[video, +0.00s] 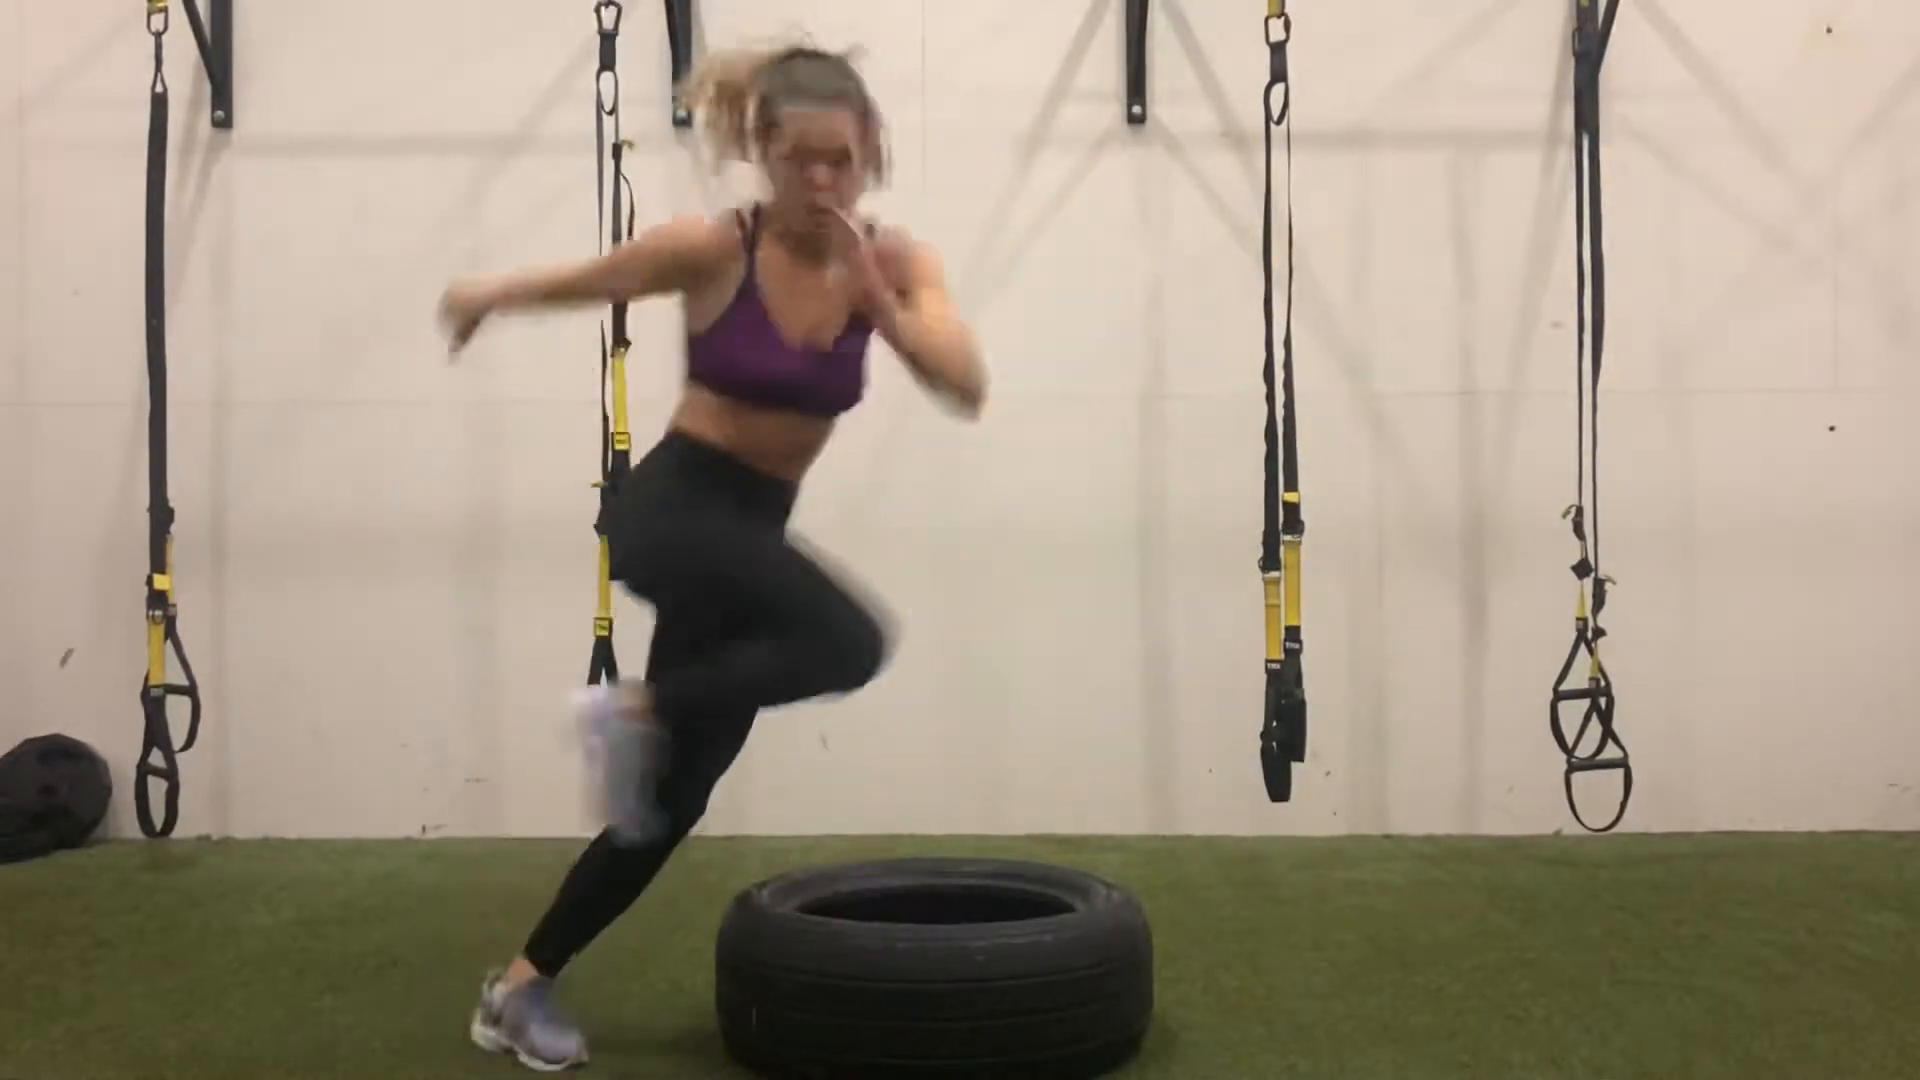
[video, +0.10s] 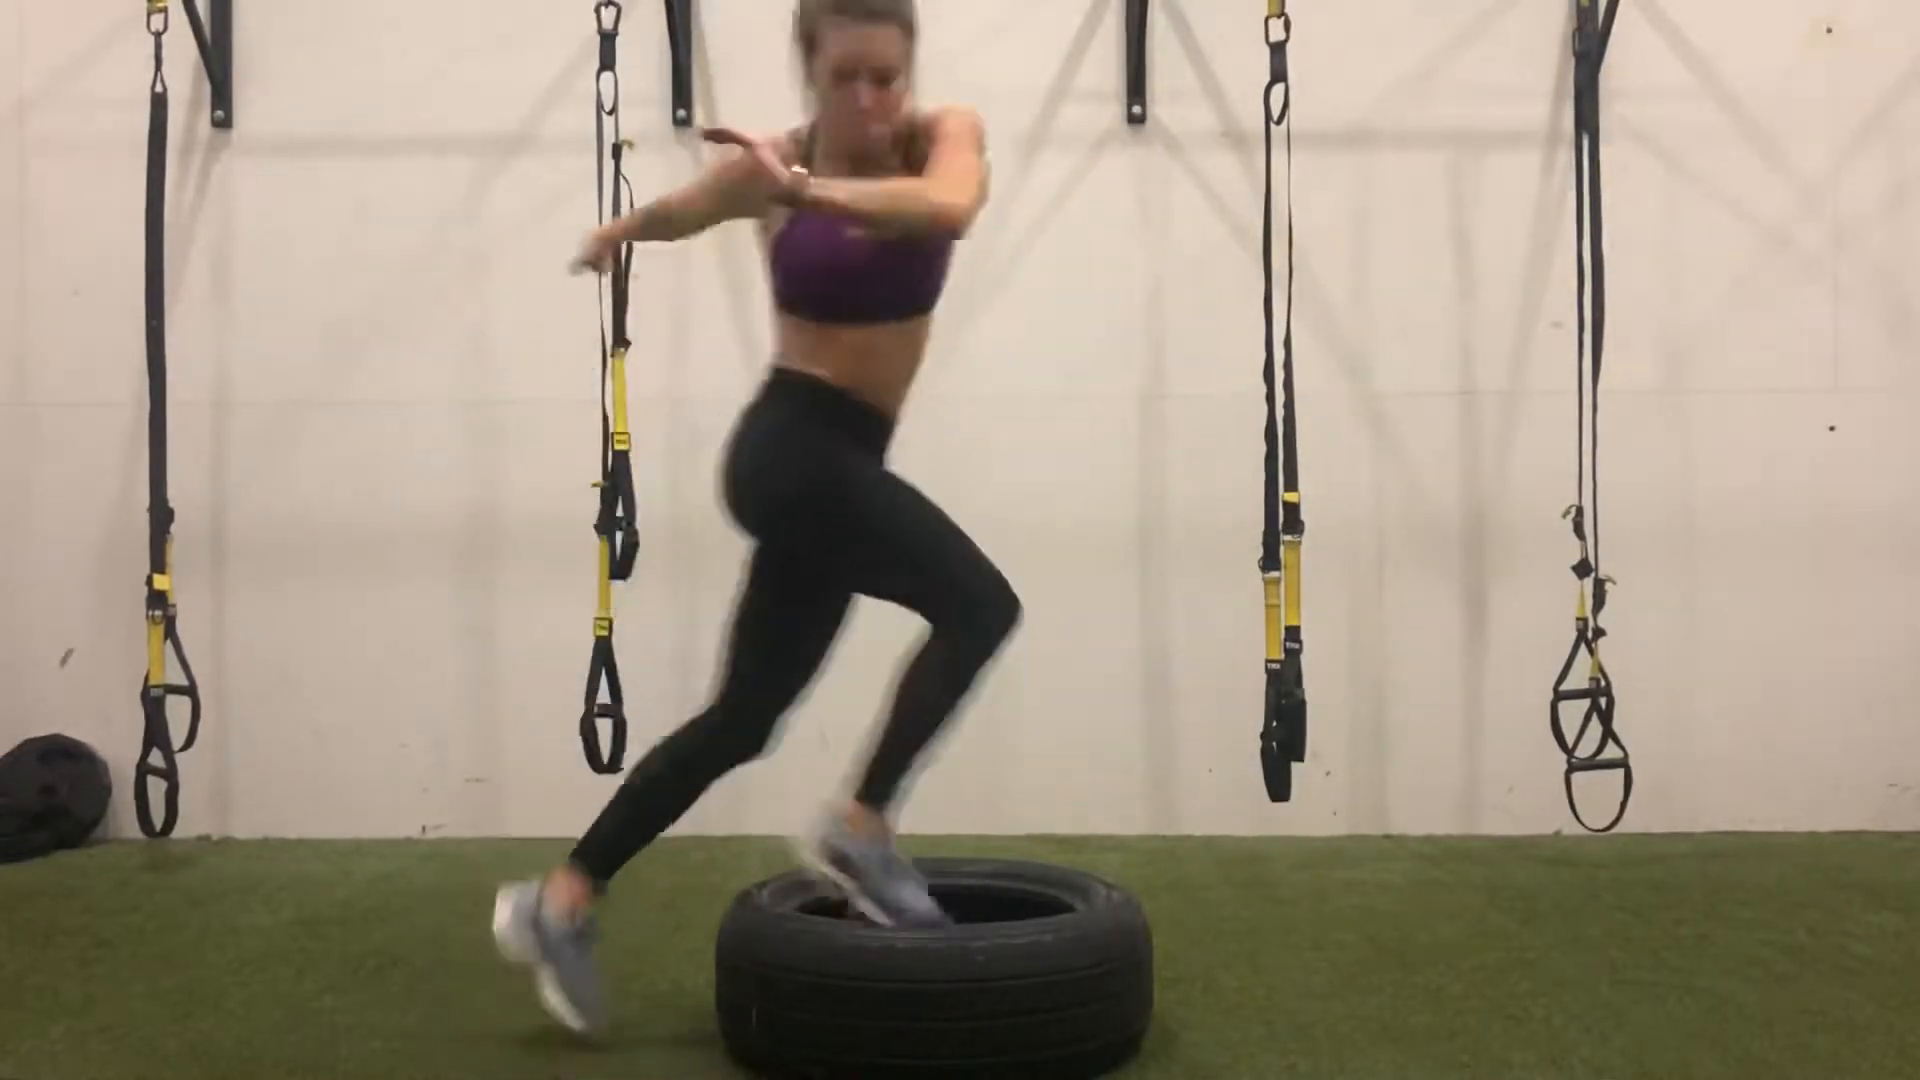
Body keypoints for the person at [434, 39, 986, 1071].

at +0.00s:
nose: (823, 179)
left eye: (841, 158)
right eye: (802, 157)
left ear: (867, 157)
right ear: (765, 155)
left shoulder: (893, 260)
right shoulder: (715, 247)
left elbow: (968, 390)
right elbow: (591, 282)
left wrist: (893, 316)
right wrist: (486, 296)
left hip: (755, 525)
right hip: (674, 502)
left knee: (675, 794)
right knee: (847, 643)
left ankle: (522, 982)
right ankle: (636, 717)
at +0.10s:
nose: (870, 97)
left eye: (885, 76)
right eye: (850, 78)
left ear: (910, 70)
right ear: (814, 72)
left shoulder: (946, 131)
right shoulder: (776, 164)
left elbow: (954, 209)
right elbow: (685, 210)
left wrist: (810, 188)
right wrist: (621, 229)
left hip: (845, 461)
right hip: (786, 451)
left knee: (743, 719)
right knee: (979, 606)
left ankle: (560, 900)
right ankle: (862, 824)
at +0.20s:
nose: (914, 83)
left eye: (932, 60)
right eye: (892, 60)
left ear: (957, 52)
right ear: (850, 53)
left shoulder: (991, 116)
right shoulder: (815, 149)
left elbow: (950, 193)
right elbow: (730, 238)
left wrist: (809, 194)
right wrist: (668, 285)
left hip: (916, 457)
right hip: (870, 458)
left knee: (895, 719)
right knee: (990, 696)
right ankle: (946, 936)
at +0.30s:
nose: (977, 100)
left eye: (994, 78)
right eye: (955, 81)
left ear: (1021, 71)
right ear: (921, 77)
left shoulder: (1061, 139)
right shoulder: (886, 182)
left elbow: (1023, 193)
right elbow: (762, 284)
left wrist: (953, 220)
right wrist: (638, 361)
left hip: (1000, 489)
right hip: (923, 487)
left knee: (1107, 701)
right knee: (974, 741)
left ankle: (910, 669)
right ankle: (934, 966)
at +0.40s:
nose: (1028, 74)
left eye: (1046, 51)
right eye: (1006, 54)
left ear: (1080, 49)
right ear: (975, 58)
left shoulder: (1126, 130)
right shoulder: (937, 165)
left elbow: (1176, 247)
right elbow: (844, 274)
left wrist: (1223, 363)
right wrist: (808, 335)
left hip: (1084, 441)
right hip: (976, 445)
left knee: (1177, 662)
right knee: (1039, 677)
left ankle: (1215, 858)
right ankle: (948, 885)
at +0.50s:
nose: (1049, 107)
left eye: (1069, 83)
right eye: (1028, 84)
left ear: (1107, 75)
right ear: (998, 82)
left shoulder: (1162, 174)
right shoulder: (965, 209)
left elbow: (1276, 301)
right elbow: (925, 372)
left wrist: (1387, 440)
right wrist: (953, 340)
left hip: (1142, 466)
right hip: (1034, 472)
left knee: (1227, 721)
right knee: (1075, 644)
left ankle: (1360, 969)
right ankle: (1014, 717)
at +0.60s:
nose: (1063, 141)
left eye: (1085, 119)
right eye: (1044, 121)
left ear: (1131, 123)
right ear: (1021, 128)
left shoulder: (1196, 224)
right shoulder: (1005, 254)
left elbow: (1332, 332)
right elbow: (991, 367)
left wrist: (1450, 432)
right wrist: (964, 416)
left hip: (1199, 522)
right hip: (1090, 535)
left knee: (1285, 769)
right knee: (1067, 738)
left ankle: (1413, 1006)